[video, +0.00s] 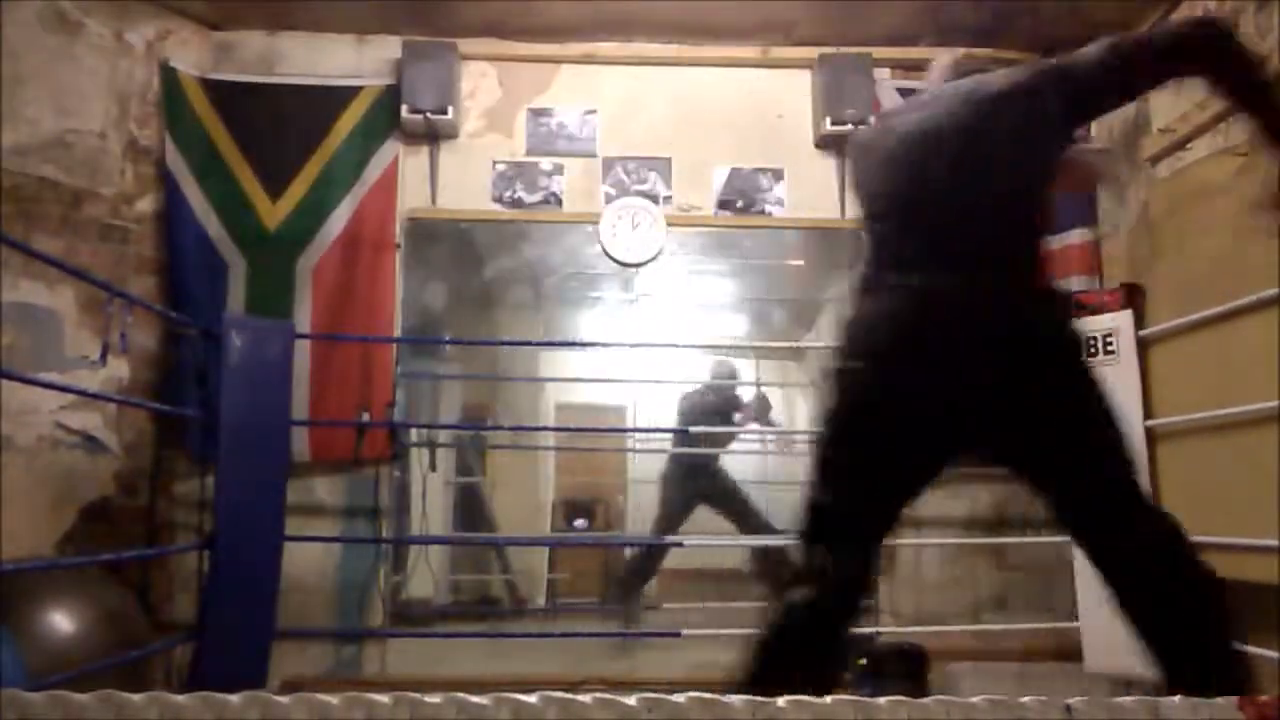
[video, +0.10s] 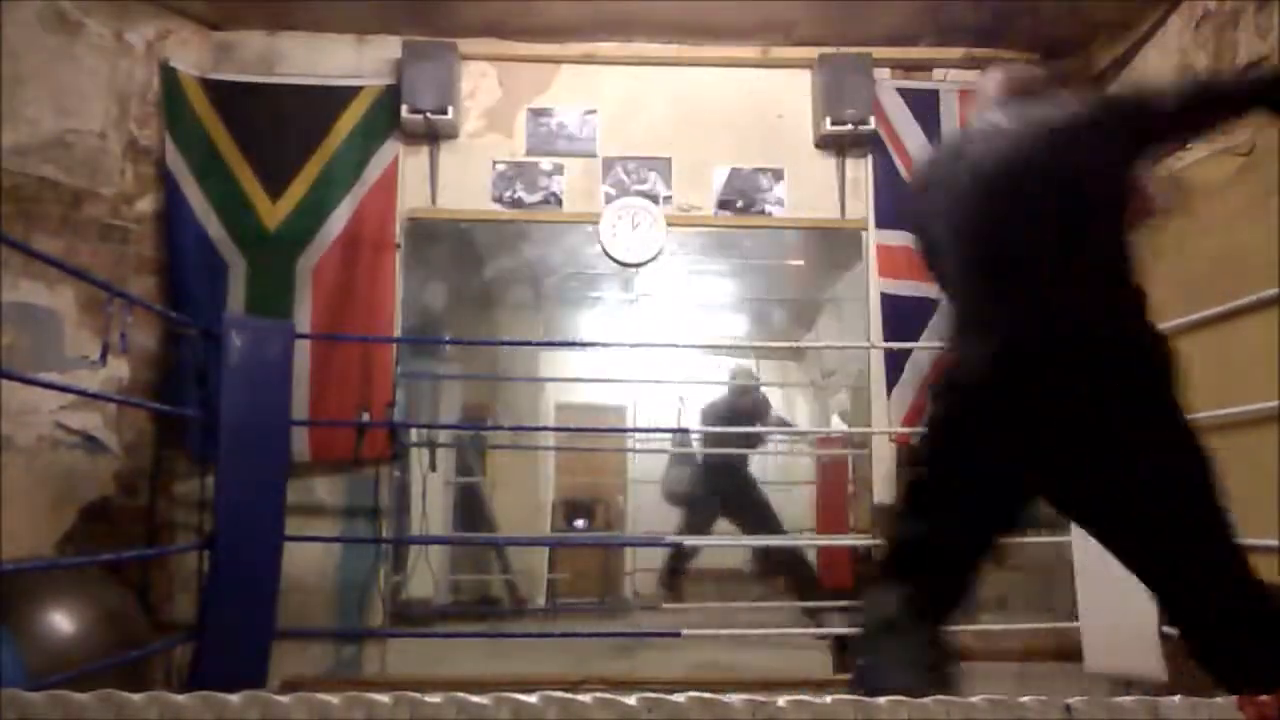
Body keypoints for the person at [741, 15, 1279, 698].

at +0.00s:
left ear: (925, 87)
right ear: (1005, 77)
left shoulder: (874, 138)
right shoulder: (1031, 93)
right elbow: (1196, 36)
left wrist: (921, 103)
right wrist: (1274, 121)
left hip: (893, 368)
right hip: (1019, 360)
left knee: (831, 559)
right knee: (1121, 531)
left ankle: (762, 715)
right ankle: (1222, 695)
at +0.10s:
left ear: (985, 104)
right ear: (1060, 90)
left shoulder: (935, 176)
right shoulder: (1092, 121)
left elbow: (955, 273)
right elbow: (1203, 98)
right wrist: (1266, 84)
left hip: (983, 407)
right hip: (1108, 398)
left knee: (918, 577)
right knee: (1200, 569)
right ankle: (1264, 682)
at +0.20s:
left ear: (1025, 174)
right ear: (1101, 159)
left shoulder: (990, 249)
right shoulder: (1160, 194)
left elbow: (1014, 378)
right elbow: (1267, 205)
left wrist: (1060, 428)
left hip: (1068, 476)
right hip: (1197, 460)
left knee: (1029, 663)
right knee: (1265, 638)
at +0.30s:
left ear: (1050, 223)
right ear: (1127, 208)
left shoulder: (1016, 285)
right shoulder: (1195, 243)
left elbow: (1031, 410)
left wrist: (1061, 476)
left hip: (1104, 502)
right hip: (1236, 483)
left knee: (1108, 670)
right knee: (1273, 651)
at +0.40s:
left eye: (1041, 243)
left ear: (1046, 239)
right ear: (1123, 228)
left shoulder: (1018, 289)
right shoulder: (1202, 264)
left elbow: (1033, 438)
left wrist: (1064, 535)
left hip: (1117, 518)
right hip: (1243, 508)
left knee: (1109, 697)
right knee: (1270, 683)